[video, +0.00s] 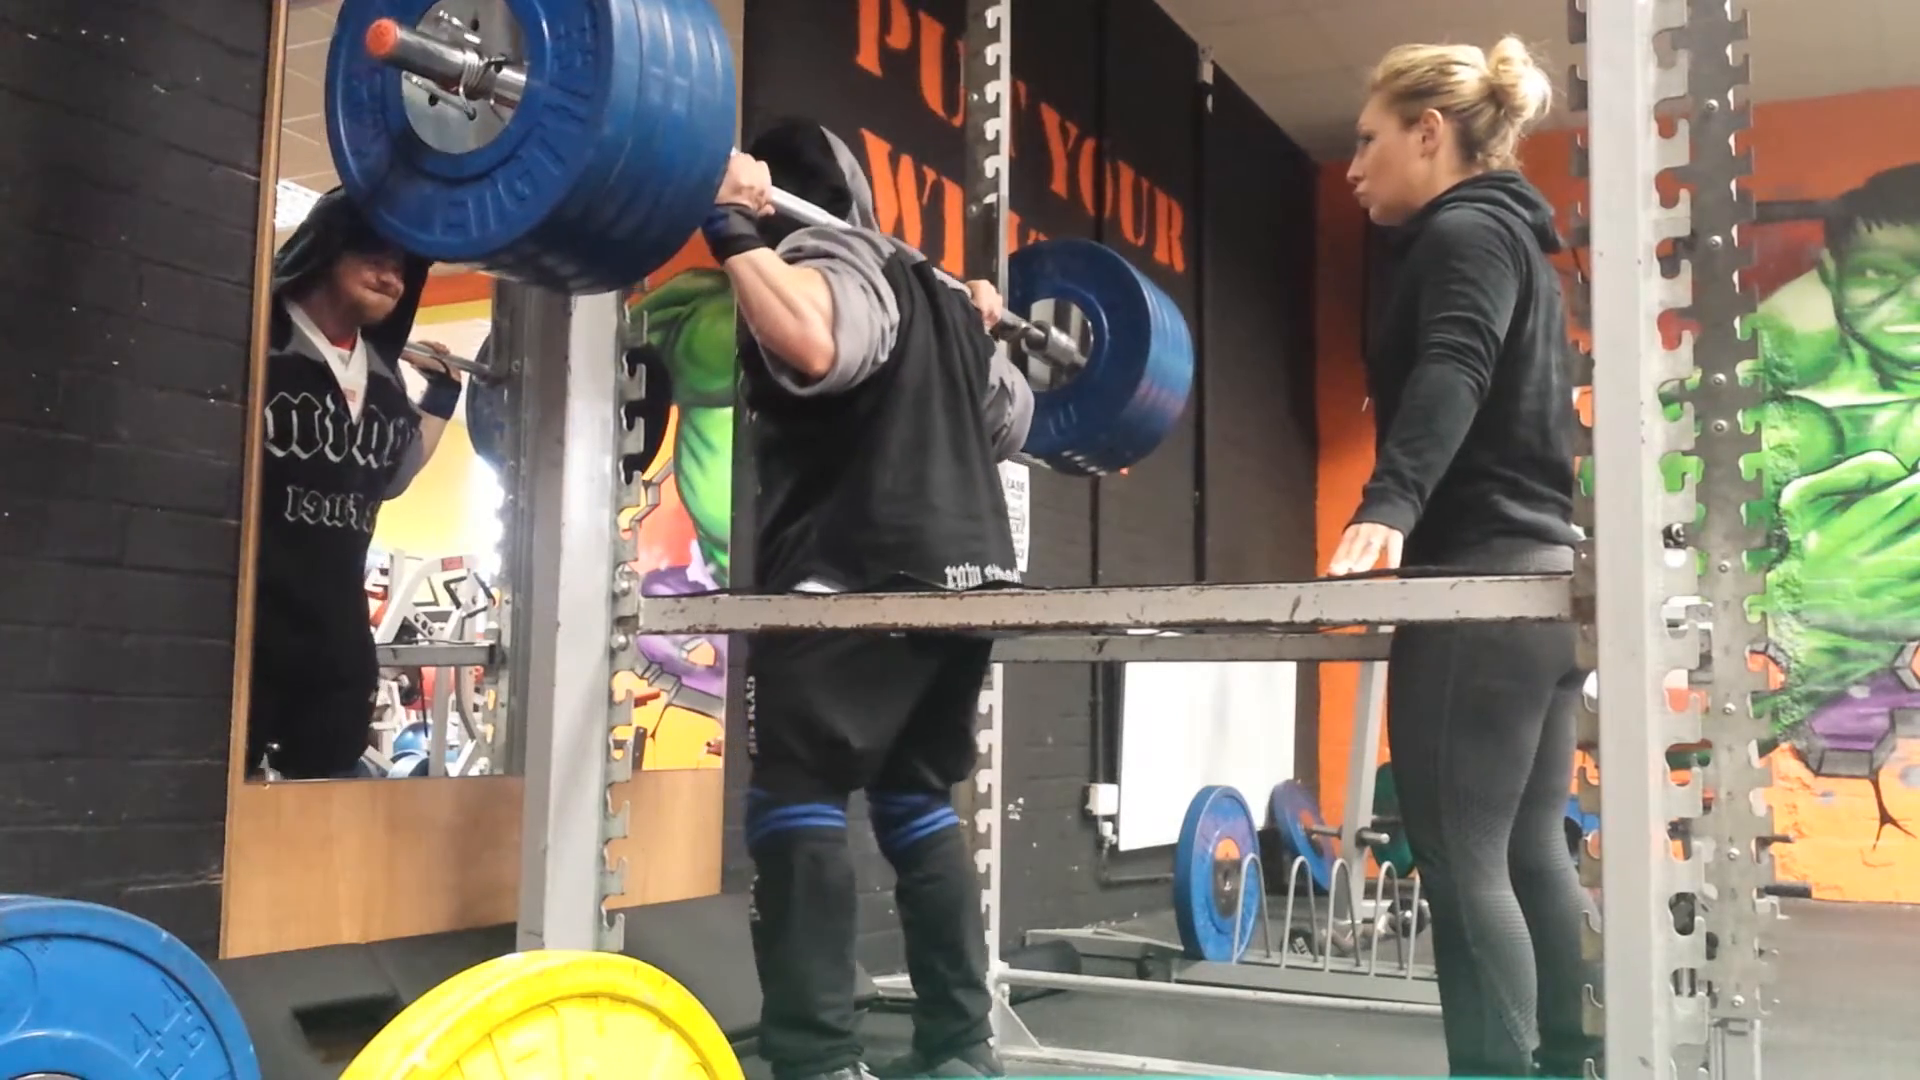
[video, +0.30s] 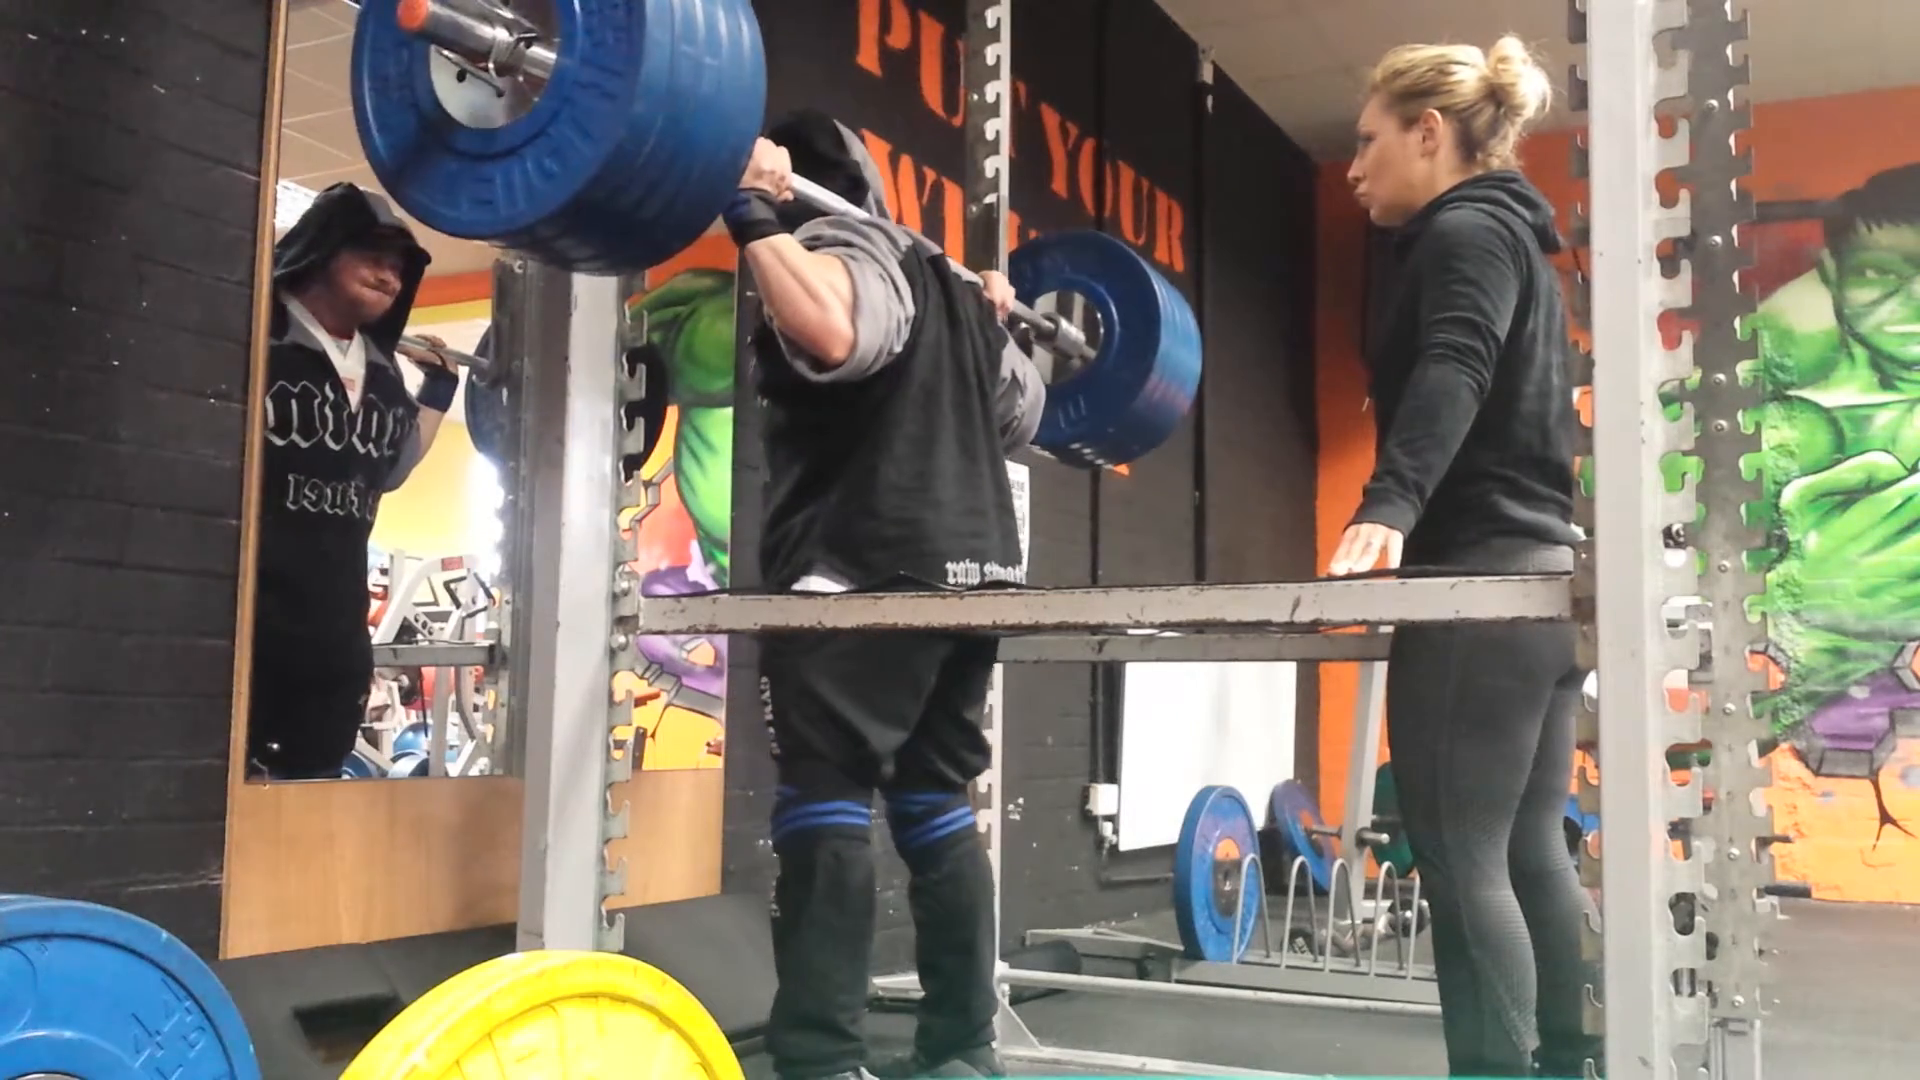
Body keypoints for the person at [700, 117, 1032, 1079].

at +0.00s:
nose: (742, 228)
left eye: (751, 207)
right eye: (736, 209)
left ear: (785, 200)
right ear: (855, 192)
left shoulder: (824, 253)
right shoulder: (933, 288)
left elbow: (812, 345)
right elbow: (1013, 415)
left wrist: (736, 228)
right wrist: (986, 329)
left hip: (850, 573)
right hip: (968, 572)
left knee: (797, 790)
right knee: (917, 793)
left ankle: (809, 1044)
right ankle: (959, 1042)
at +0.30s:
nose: (759, 214)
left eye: (767, 192)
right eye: (757, 193)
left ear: (797, 187)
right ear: (867, 182)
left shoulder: (838, 241)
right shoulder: (946, 275)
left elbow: (829, 335)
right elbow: (1020, 404)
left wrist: (754, 211)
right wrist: (1003, 318)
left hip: (861, 565)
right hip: (976, 565)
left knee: (826, 793)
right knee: (936, 794)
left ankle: (816, 1049)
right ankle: (962, 1046)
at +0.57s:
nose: (780, 204)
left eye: (787, 185)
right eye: (783, 184)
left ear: (812, 184)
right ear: (882, 179)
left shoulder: (856, 241)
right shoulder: (966, 275)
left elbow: (859, 337)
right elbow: (1039, 410)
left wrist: (778, 214)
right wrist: (1019, 319)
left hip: (885, 568)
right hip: (998, 566)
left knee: (841, 793)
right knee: (947, 797)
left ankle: (818, 1049)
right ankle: (963, 1044)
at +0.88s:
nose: (808, 204)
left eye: (814, 184)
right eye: (810, 185)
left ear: (845, 187)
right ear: (907, 185)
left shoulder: (887, 246)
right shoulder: (992, 282)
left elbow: (896, 340)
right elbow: (1067, 405)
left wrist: (813, 221)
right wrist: (1051, 326)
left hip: (904, 570)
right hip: (1015, 570)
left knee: (851, 792)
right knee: (944, 797)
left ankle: (819, 1048)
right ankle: (962, 1049)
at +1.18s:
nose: (842, 213)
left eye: (846, 194)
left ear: (871, 194)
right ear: (938, 188)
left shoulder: (915, 250)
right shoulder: (1021, 284)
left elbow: (922, 347)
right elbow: (1094, 410)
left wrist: (841, 226)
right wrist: (1066, 322)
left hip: (935, 578)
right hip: (1044, 576)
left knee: (898, 799)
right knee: (970, 797)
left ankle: (952, 1050)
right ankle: (970, 1036)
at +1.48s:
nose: (851, 196)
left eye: (852, 177)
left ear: (879, 168)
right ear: (947, 156)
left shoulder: (941, 227)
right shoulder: (1038, 257)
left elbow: (975, 322)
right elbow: (1122, 392)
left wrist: (875, 211)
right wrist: (1125, 326)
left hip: (981, 567)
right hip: (1080, 564)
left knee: (940, 805)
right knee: (1002, 801)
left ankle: (960, 1057)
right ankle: (988, 1037)